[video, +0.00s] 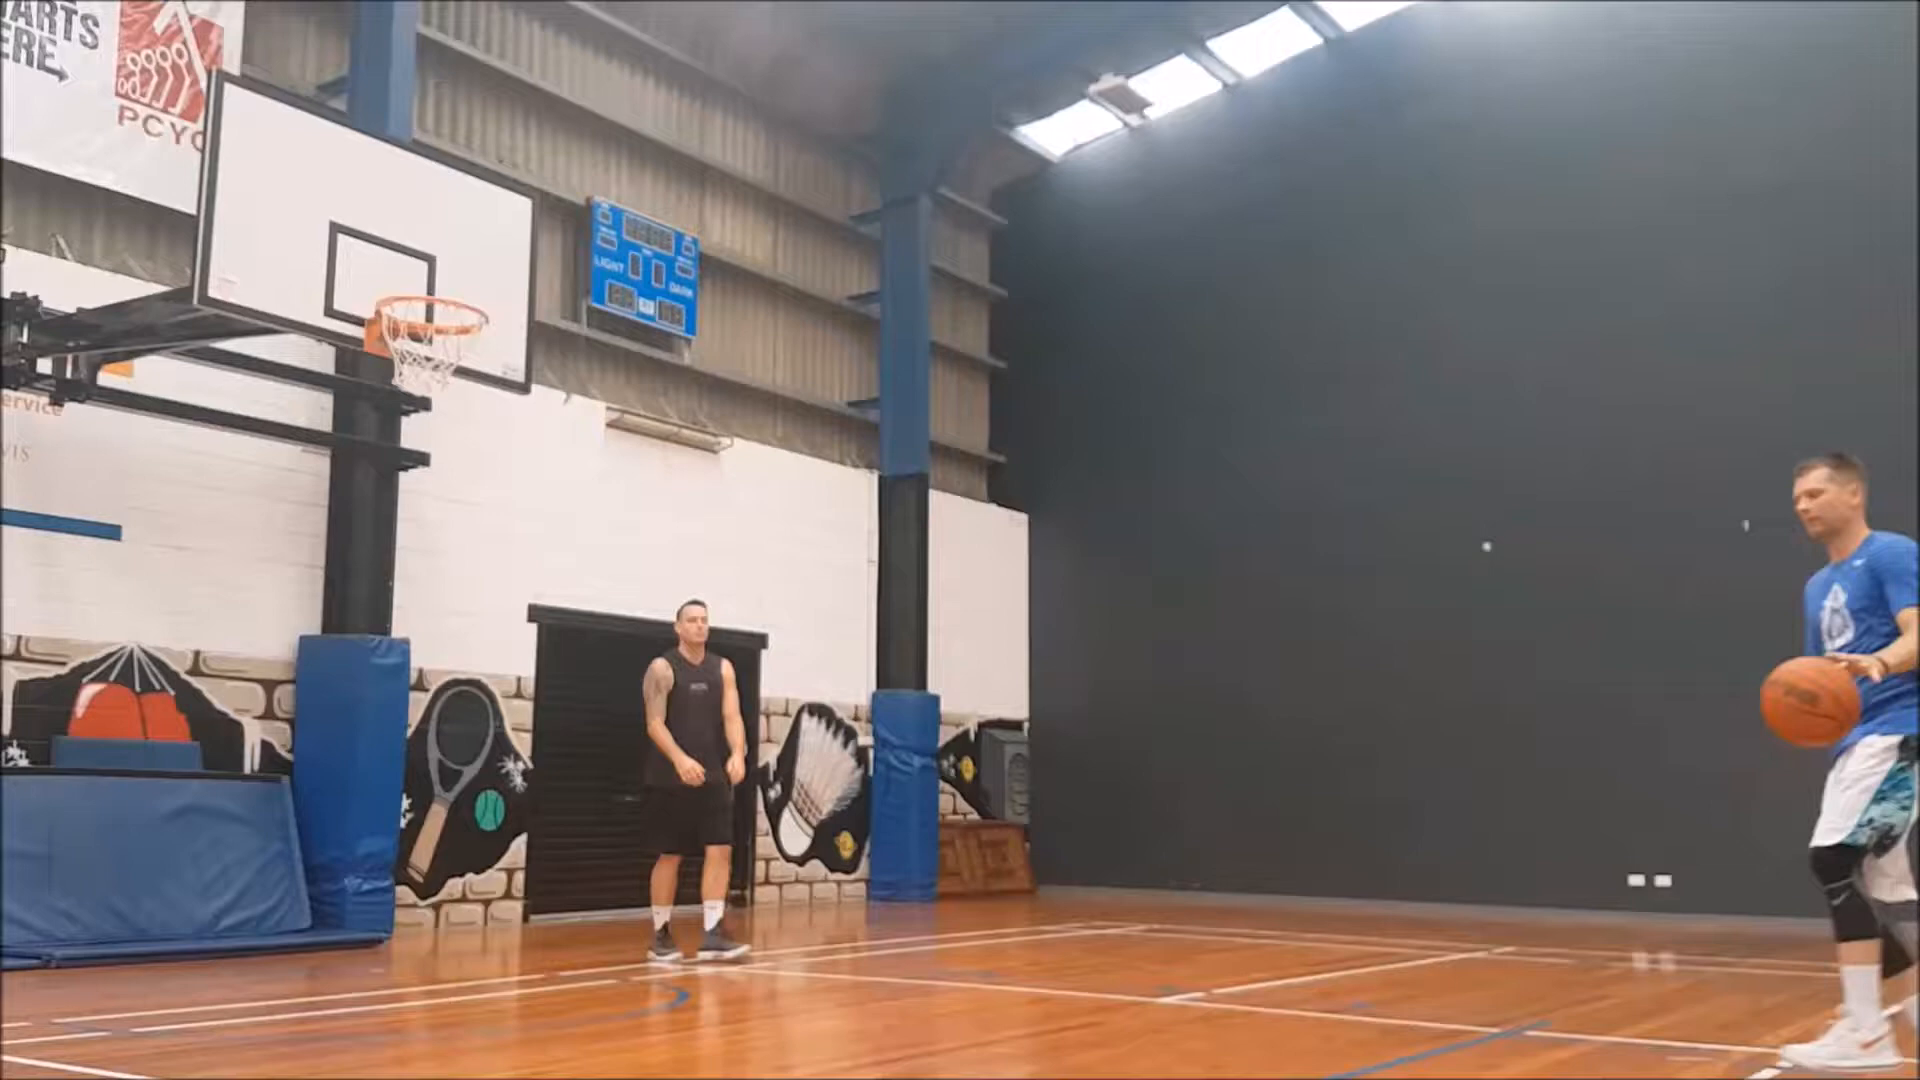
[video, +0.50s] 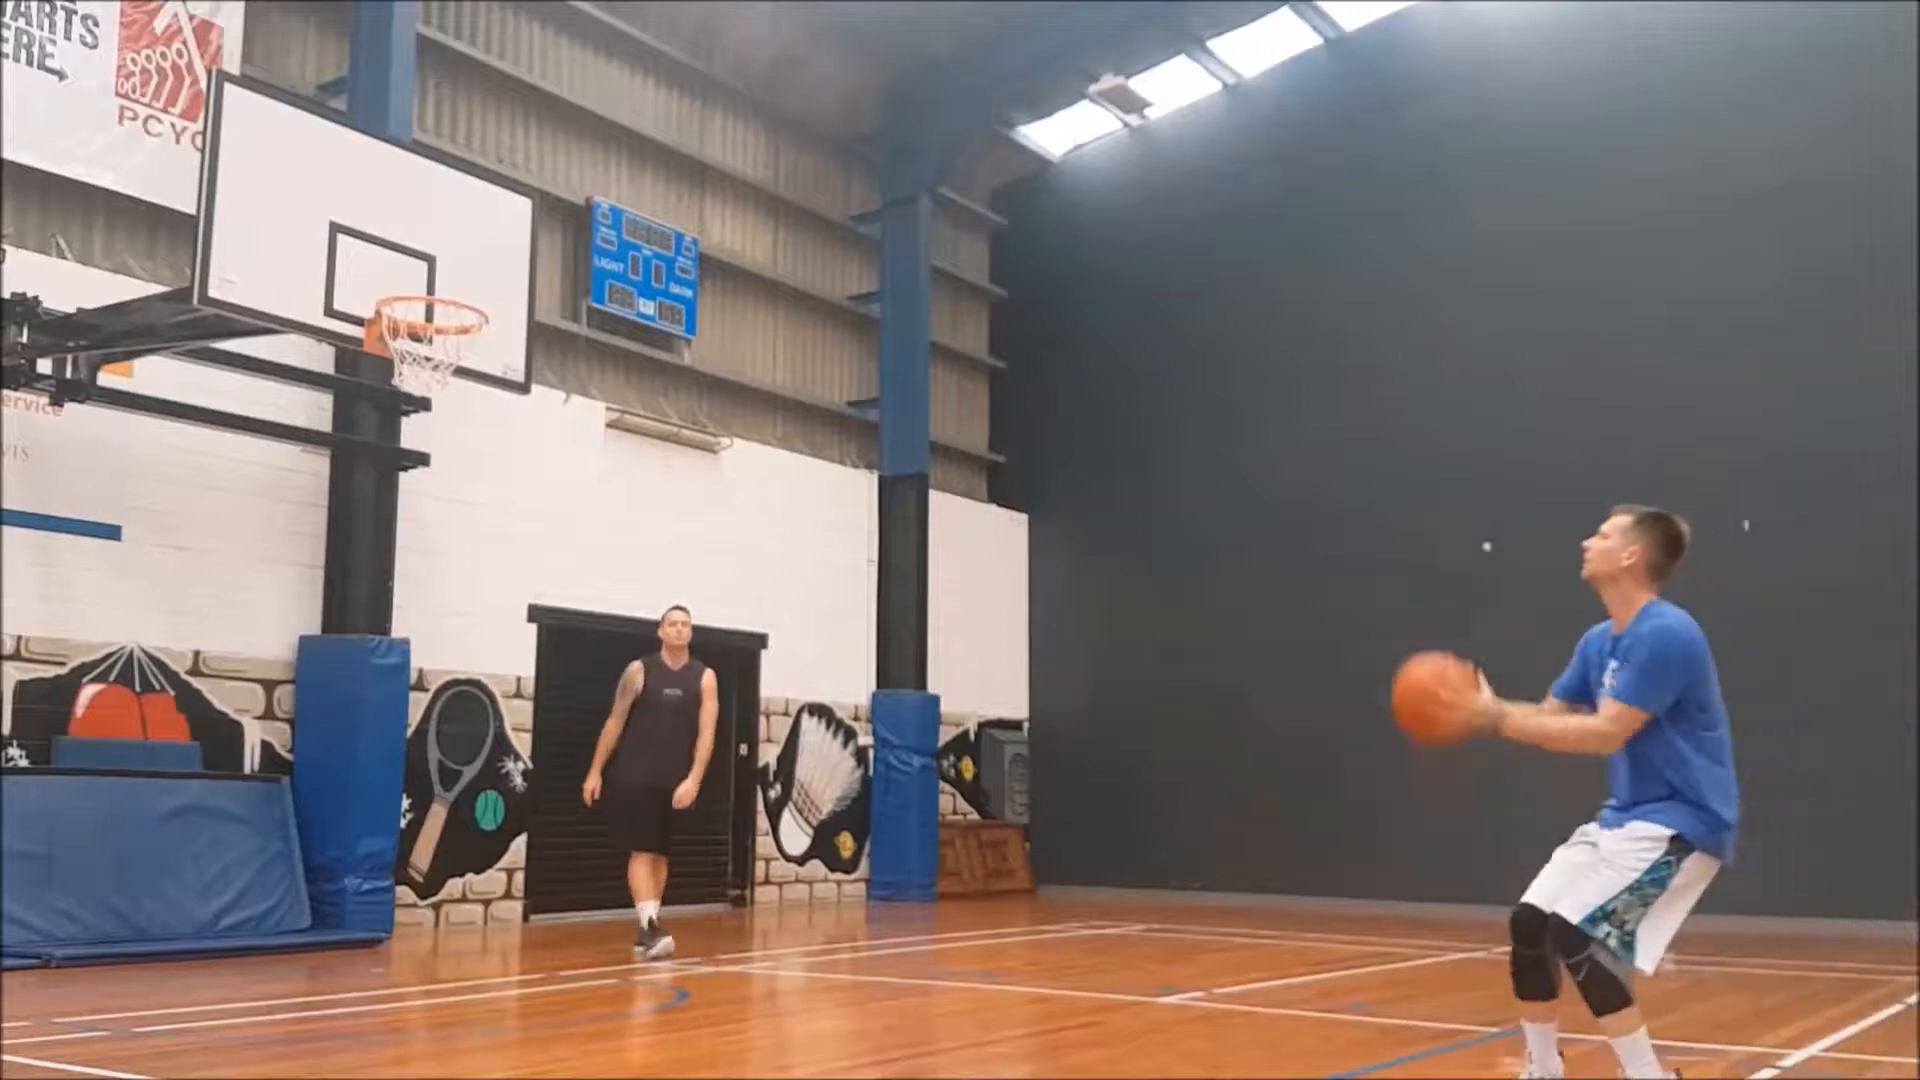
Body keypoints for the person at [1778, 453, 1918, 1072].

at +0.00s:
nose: (1803, 507)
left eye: (1815, 494)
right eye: (1799, 499)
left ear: (1854, 497)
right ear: (1801, 512)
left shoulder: (1893, 553)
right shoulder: (1817, 587)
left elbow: (1917, 638)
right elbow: (1825, 671)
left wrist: (1881, 662)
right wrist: (1803, 696)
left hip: (1898, 731)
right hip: (1865, 738)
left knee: (1834, 857)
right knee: (1886, 894)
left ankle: (1865, 1027)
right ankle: (1915, 1015)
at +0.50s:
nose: (1586, 543)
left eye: (1601, 536)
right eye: (1594, 534)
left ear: (1632, 557)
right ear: (1627, 558)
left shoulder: (1666, 633)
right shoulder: (1598, 641)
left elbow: (1608, 734)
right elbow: (1556, 715)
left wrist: (1498, 719)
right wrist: (1483, 705)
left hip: (1683, 819)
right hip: (1625, 813)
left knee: (1577, 933)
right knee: (1531, 922)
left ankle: (1647, 1073)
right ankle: (1543, 1069)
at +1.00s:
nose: (1560, 337)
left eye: (1574, 332)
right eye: (1570, 330)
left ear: (1593, 354)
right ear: (1592, 357)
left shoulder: (1585, 408)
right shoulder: (1562, 403)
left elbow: (1485, 355)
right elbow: (1506, 317)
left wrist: (1423, 285)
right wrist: (1463, 252)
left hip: (1544, 641)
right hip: (1511, 633)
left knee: (1524, 815)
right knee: (1498, 813)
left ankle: (1547, 989)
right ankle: (1503, 983)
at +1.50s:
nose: (1566, 433)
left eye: (1579, 425)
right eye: (1576, 423)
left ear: (1600, 447)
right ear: (1609, 453)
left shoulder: (1585, 528)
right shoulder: (1601, 530)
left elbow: (1509, 635)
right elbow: (1522, 640)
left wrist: (1414, 649)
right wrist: (1457, 602)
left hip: (1555, 750)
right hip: (1531, 743)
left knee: (1508, 908)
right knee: (1461, 895)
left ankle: (1559, 1069)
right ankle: (1536, 1053)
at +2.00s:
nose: (1655, 432)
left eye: (1671, 423)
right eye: (1666, 421)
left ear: (1698, 447)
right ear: (1702, 451)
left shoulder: (1710, 516)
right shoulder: (1698, 523)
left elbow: (1777, 616)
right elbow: (1767, 620)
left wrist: (1833, 723)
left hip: (1704, 760)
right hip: (1730, 762)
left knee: (1624, 917)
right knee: (1738, 930)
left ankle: (1609, 1070)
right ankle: (1794, 1068)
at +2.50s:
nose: (1812, 437)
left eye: (1825, 424)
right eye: (1818, 425)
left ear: (1864, 438)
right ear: (1866, 440)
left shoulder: (1891, 521)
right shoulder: (1873, 525)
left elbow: (1831, 645)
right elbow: (1877, 670)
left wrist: (1716, 694)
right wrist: (1834, 764)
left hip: (1905, 788)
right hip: (1857, 788)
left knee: (1919, 949)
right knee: (1833, 936)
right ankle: (1824, 1074)